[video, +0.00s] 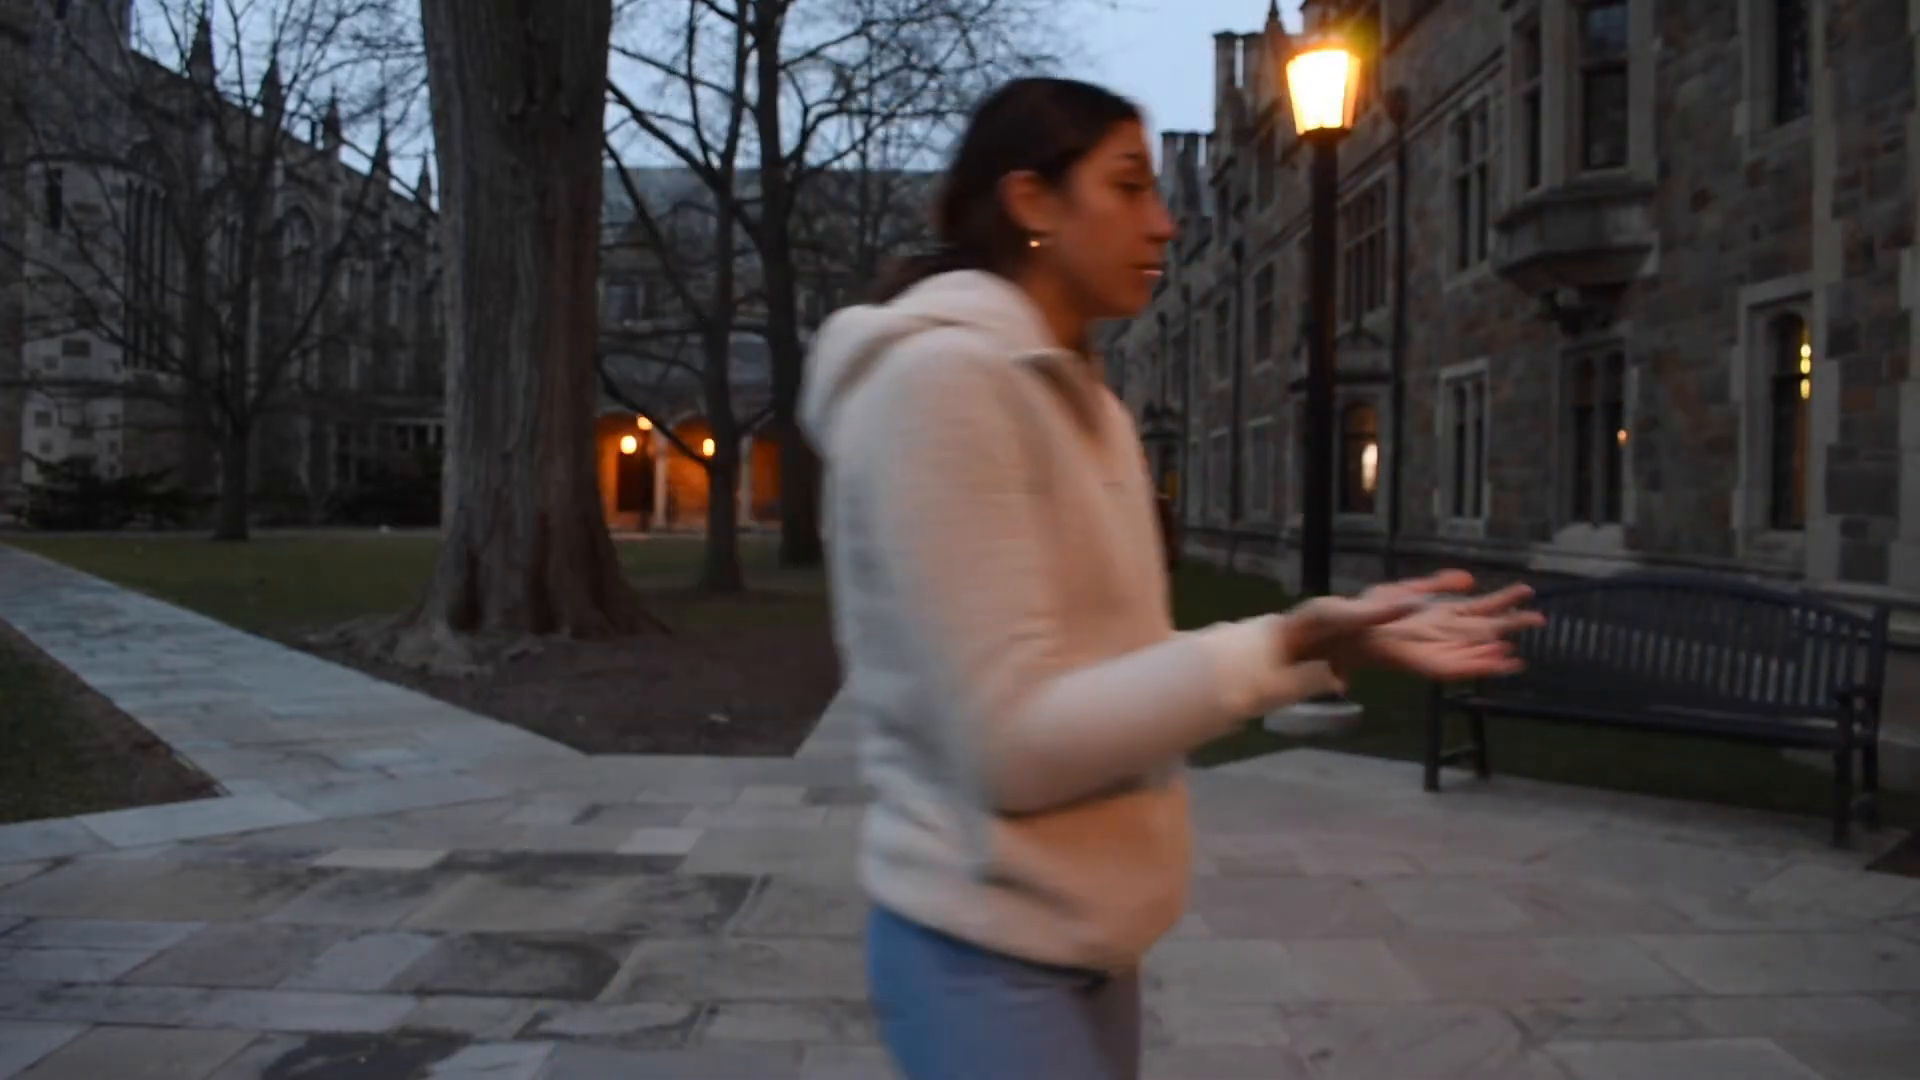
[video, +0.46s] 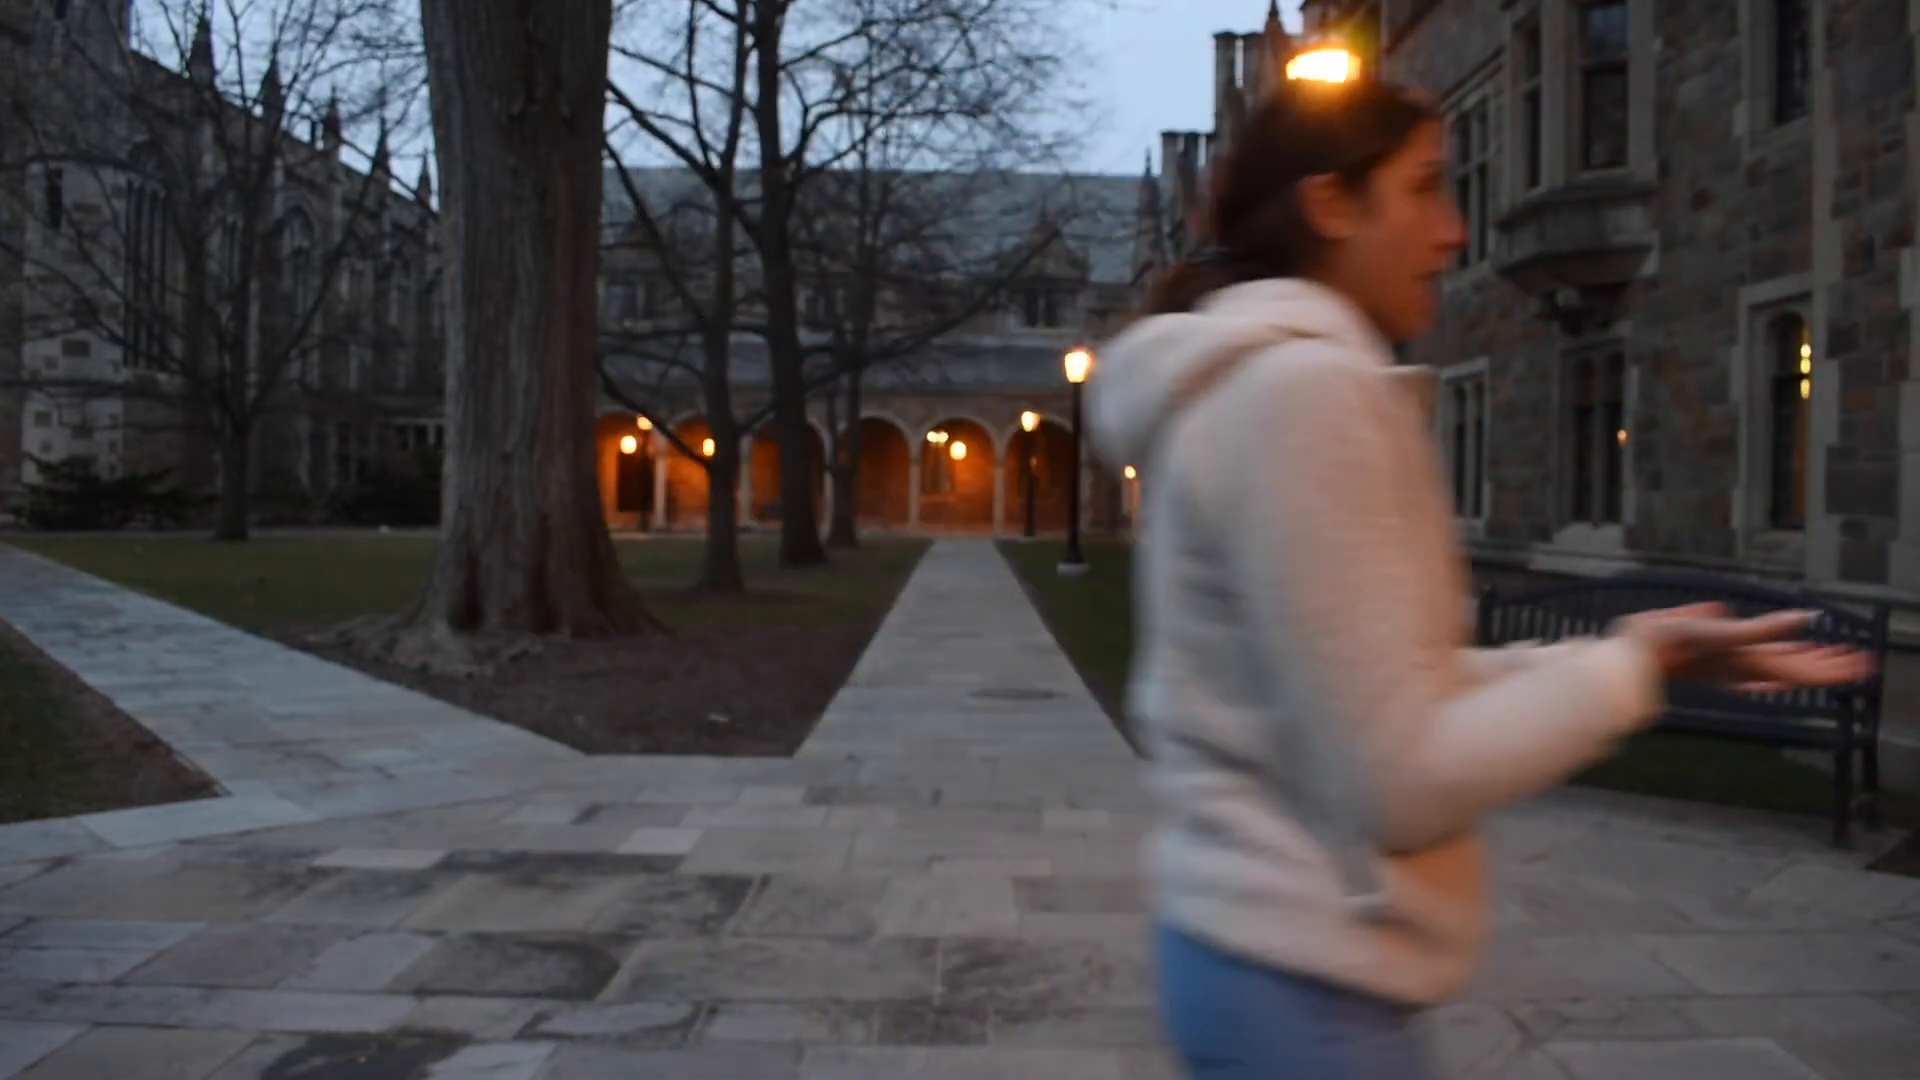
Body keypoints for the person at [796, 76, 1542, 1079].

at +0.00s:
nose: (1165, 224)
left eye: (1156, 191)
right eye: (1130, 187)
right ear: (1031, 204)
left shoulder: (1070, 392)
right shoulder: (941, 381)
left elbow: (1095, 684)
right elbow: (1010, 743)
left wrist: (1337, 645)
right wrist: (1292, 643)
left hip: (1076, 950)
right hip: (982, 963)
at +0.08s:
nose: (1213, 227)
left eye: (1204, 192)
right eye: (1178, 187)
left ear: (1092, 209)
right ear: (1080, 202)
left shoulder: (1070, 373)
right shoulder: (1007, 374)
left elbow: (1101, 703)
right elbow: (1073, 743)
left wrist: (1348, 650)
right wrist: (1340, 650)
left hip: (1077, 952)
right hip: (1027, 964)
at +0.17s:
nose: (1259, 230)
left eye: (1252, 195)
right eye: (1228, 189)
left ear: (1141, 210)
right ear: (1131, 202)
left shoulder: (1100, 368)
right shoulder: (1069, 372)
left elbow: (1155, 702)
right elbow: (1135, 745)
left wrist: (1400, 649)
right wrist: (1397, 650)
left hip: (1089, 954)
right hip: (1068, 965)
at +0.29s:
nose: (1338, 234)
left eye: (1332, 200)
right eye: (1311, 194)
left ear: (1221, 208)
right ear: (1213, 204)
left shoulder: (1167, 368)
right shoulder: (1165, 375)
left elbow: (1258, 686)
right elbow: (1235, 755)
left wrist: (1494, 658)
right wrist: (1493, 659)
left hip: (1150, 964)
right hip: (1152, 976)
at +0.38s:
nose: (1395, 239)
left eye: (1387, 201)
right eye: (1366, 197)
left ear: (1277, 210)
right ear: (1268, 206)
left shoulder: (1223, 373)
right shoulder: (1233, 385)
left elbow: (1322, 687)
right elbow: (1307, 772)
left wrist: (1562, 662)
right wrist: (1556, 668)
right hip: (1220, 988)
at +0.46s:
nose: (1454, 230)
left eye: (1447, 191)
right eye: (1428, 189)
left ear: (1336, 206)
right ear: (1328, 204)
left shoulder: (1285, 379)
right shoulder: (1306, 390)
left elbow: (1408, 682)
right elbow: (1392, 777)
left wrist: (1641, 655)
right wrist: (1634, 667)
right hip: (1300, 984)